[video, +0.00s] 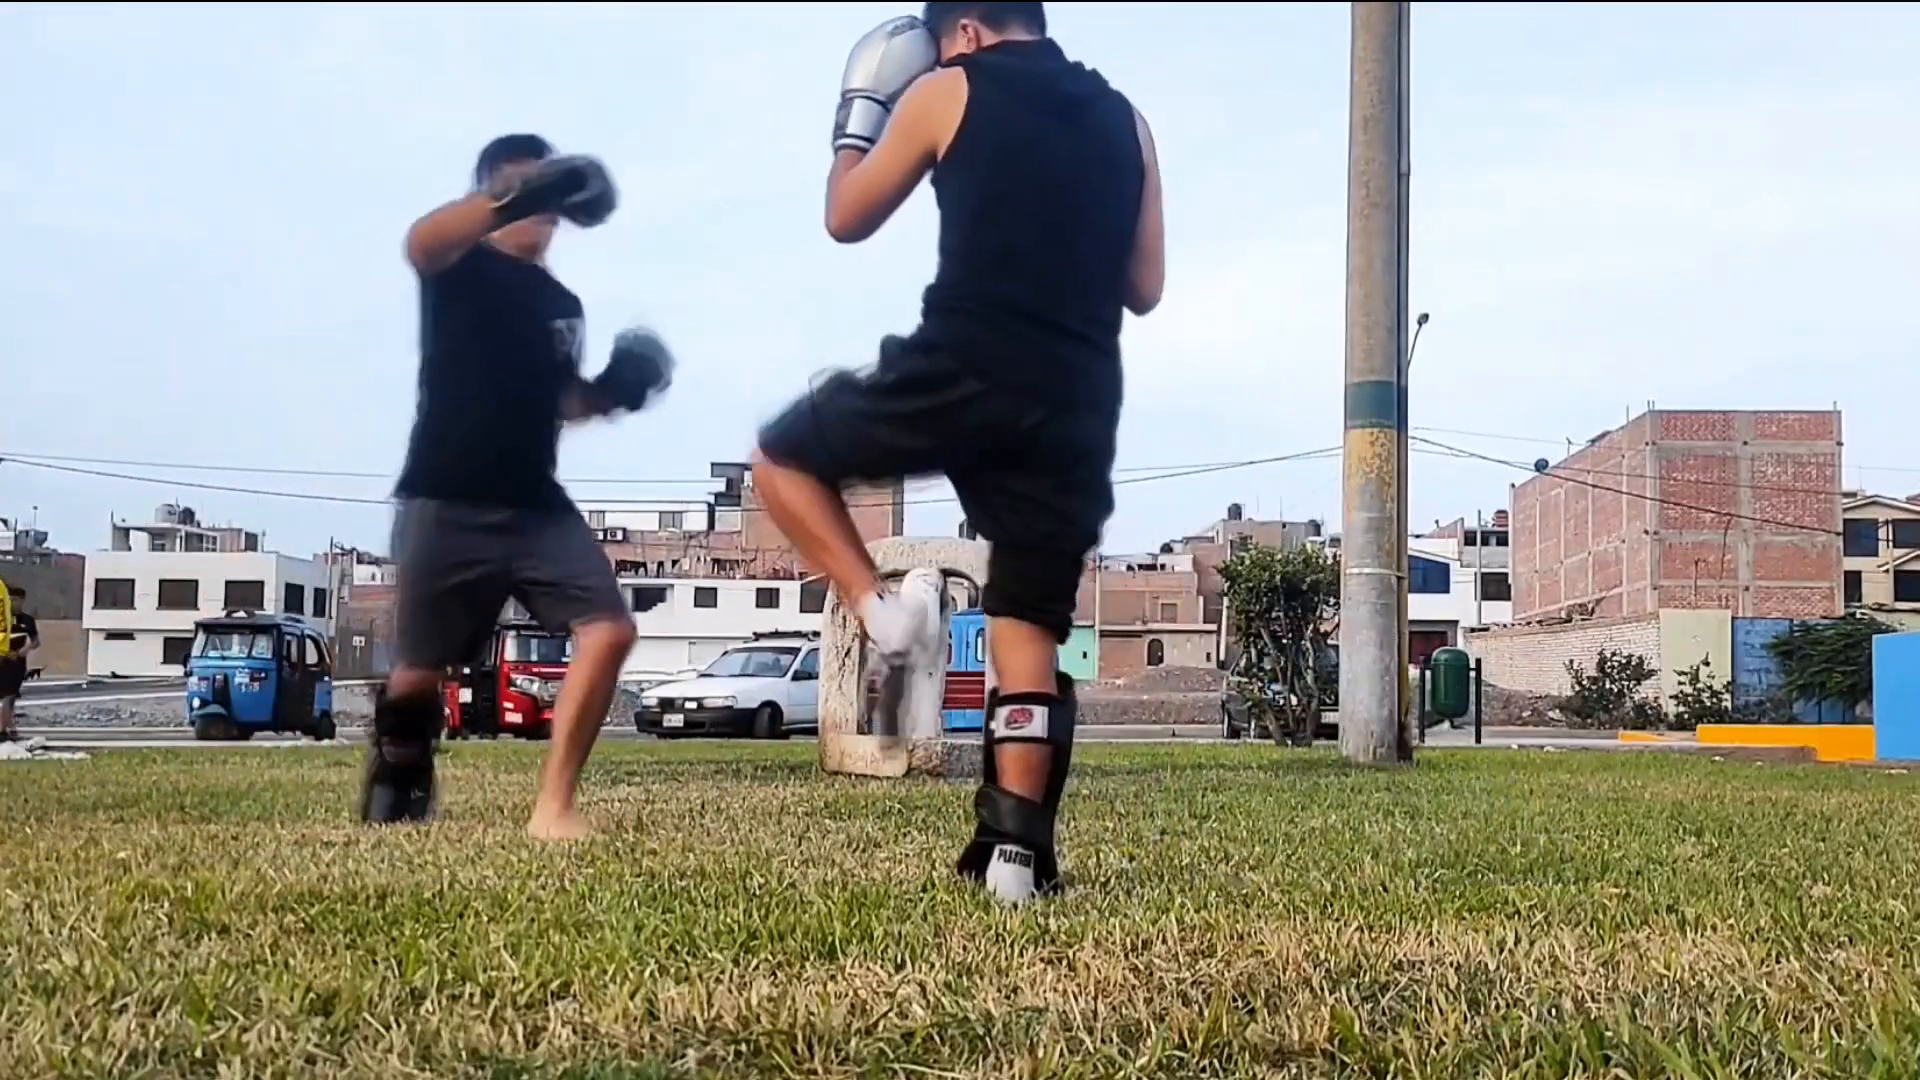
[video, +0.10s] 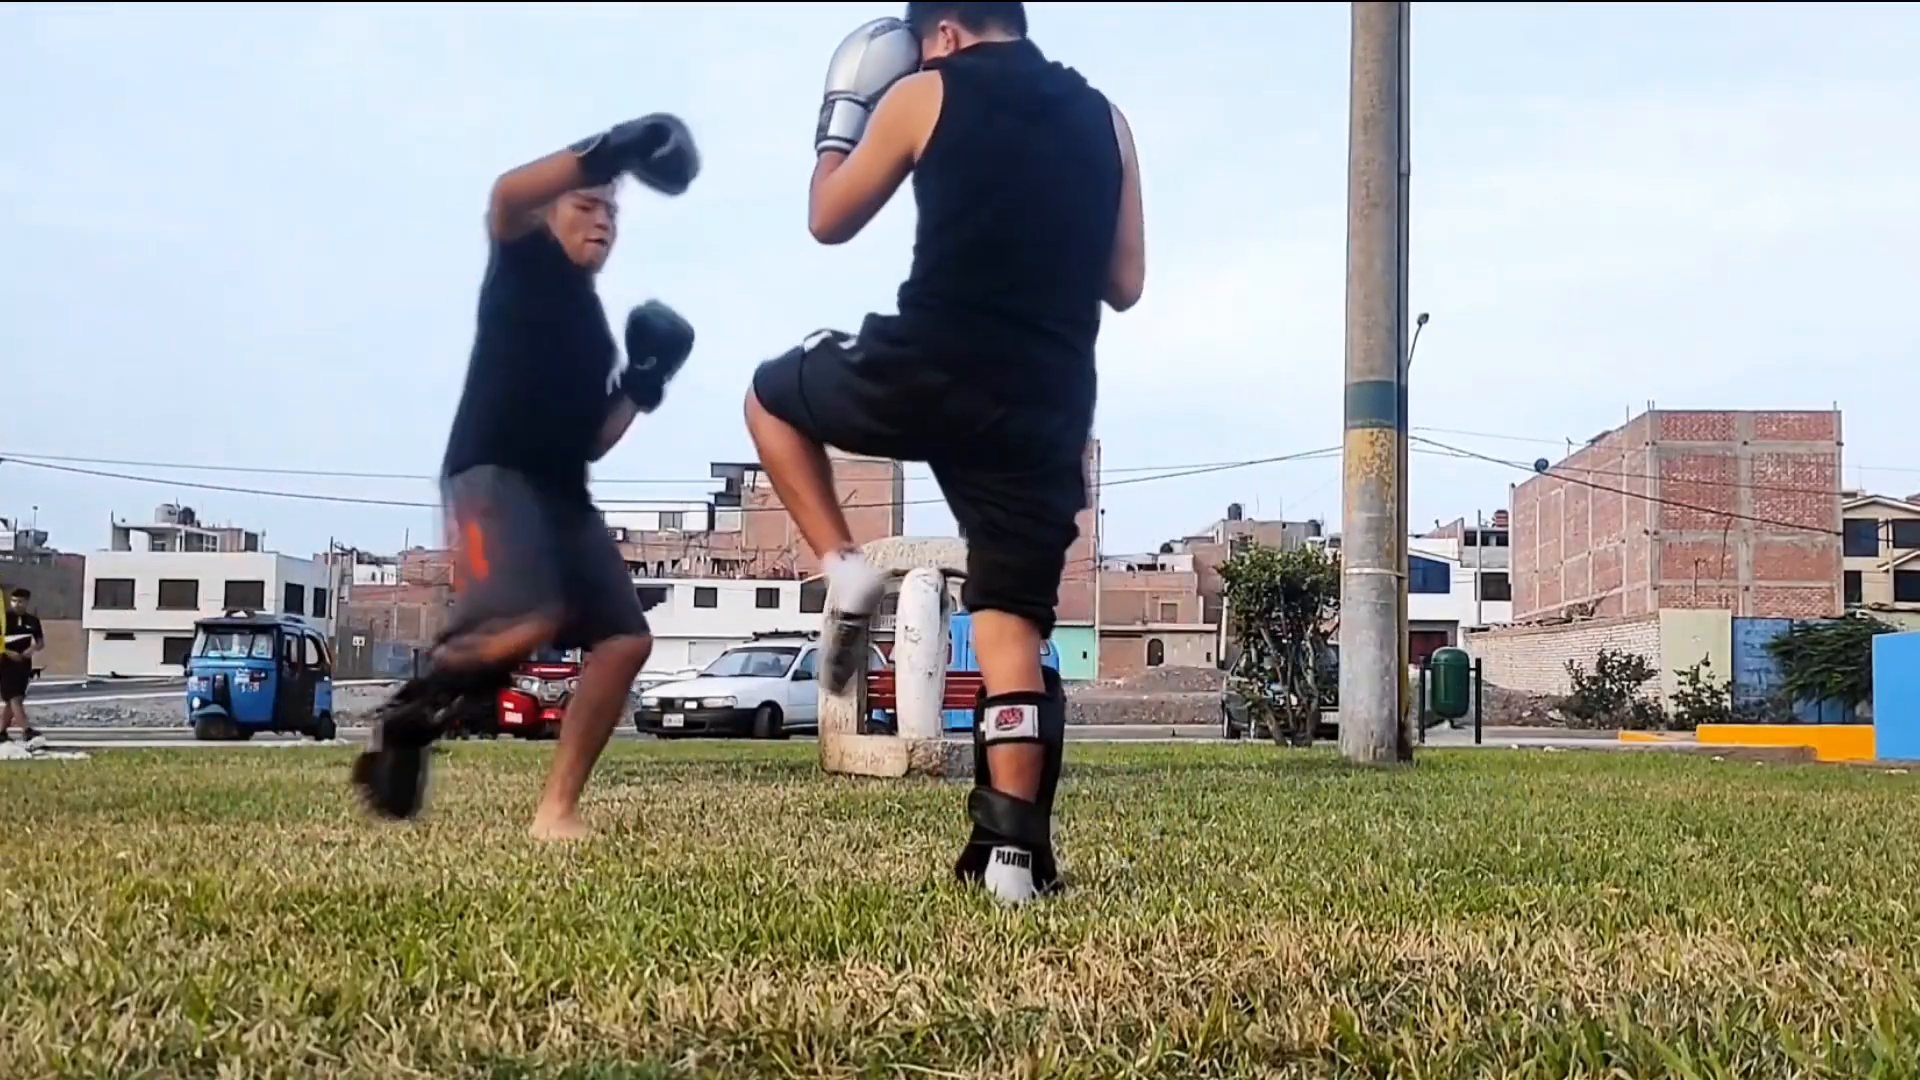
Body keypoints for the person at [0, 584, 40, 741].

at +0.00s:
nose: (13, 603)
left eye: (17, 600)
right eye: (11, 599)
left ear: (22, 601)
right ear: (7, 600)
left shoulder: (27, 620)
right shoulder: (5, 620)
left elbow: (35, 641)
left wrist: (22, 651)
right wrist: (8, 651)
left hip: (17, 661)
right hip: (4, 660)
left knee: (9, 698)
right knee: (8, 698)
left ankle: (4, 729)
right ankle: (10, 729)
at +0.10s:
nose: (17, 604)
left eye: (21, 601)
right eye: (14, 601)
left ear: (27, 603)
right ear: (10, 602)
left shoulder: (33, 621)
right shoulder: (6, 619)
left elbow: (40, 642)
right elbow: (2, 640)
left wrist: (30, 650)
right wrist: (8, 652)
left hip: (24, 661)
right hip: (7, 660)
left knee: (12, 699)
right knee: (15, 697)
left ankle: (3, 729)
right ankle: (26, 730)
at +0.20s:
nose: (21, 605)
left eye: (25, 602)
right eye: (19, 601)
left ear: (32, 603)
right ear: (15, 602)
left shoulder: (38, 621)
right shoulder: (6, 620)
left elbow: (45, 643)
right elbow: (1, 643)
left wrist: (37, 650)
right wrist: (14, 654)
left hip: (30, 662)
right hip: (12, 661)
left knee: (20, 700)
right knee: (23, 697)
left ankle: (4, 728)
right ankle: (31, 730)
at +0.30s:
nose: (26, 604)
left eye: (29, 601)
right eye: (23, 601)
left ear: (36, 603)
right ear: (19, 602)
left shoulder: (43, 620)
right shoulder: (12, 621)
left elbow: (50, 641)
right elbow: (3, 643)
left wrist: (42, 650)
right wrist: (22, 654)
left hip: (37, 661)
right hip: (19, 662)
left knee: (31, 699)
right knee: (28, 699)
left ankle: (9, 728)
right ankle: (33, 733)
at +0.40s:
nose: (31, 603)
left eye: (34, 599)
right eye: (27, 599)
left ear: (40, 601)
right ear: (23, 601)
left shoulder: (47, 618)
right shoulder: (18, 618)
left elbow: (54, 638)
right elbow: (7, 640)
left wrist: (50, 648)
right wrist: (30, 651)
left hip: (43, 661)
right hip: (25, 662)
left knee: (47, 699)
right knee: (30, 699)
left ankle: (22, 719)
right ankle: (33, 732)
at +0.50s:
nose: (35, 601)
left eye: (39, 598)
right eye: (32, 598)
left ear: (45, 599)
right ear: (28, 599)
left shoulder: (51, 617)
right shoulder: (22, 617)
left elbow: (58, 637)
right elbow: (14, 639)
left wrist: (55, 648)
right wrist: (39, 649)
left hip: (47, 662)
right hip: (29, 663)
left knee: (56, 696)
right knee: (31, 699)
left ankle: (38, 720)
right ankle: (33, 734)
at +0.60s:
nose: (42, 601)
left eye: (45, 598)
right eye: (38, 598)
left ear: (51, 599)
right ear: (34, 599)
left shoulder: (56, 617)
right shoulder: (26, 617)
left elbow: (61, 637)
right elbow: (19, 639)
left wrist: (60, 647)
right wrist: (45, 649)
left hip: (52, 663)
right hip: (33, 664)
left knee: (62, 694)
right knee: (33, 699)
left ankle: (53, 727)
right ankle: (34, 732)